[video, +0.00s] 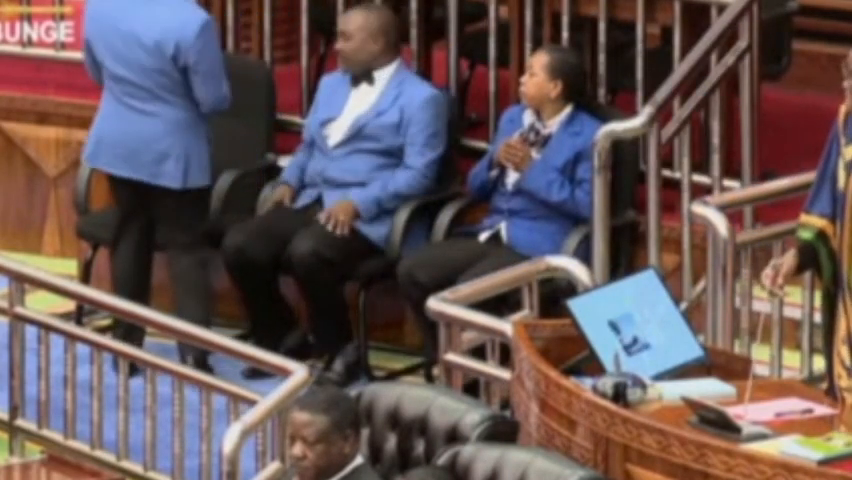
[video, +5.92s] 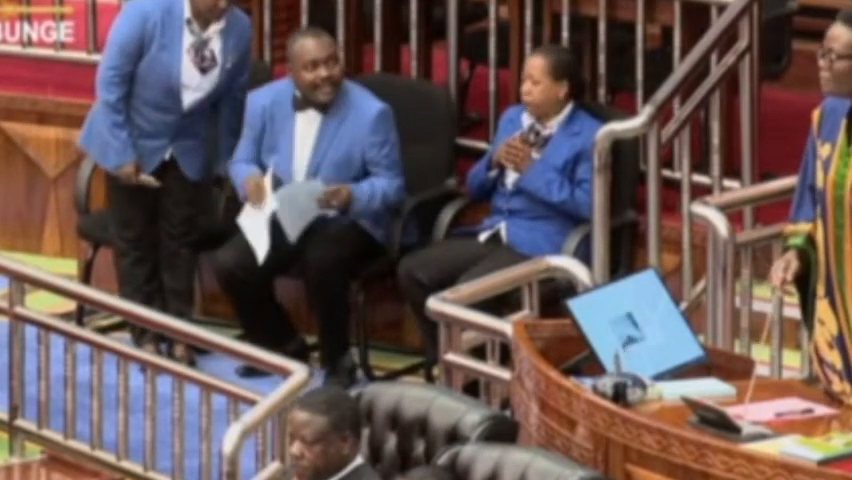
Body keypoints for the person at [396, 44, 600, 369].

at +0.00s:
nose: (522, 80)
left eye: (531, 75)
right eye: (525, 72)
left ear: (555, 88)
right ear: (551, 88)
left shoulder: (590, 135)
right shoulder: (512, 119)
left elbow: (589, 207)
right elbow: (476, 189)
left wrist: (530, 170)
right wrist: (495, 163)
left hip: (537, 251)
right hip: (492, 238)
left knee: (460, 299)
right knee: (413, 271)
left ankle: (479, 381)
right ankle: (445, 362)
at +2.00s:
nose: (520, 80)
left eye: (529, 75)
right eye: (523, 73)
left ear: (552, 88)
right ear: (550, 87)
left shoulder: (589, 135)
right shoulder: (513, 119)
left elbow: (590, 207)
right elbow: (475, 189)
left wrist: (530, 171)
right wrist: (495, 163)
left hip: (538, 250)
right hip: (494, 237)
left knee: (462, 297)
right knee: (414, 271)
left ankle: (482, 380)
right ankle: (446, 365)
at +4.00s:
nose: (518, 87)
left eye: (527, 80)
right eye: (521, 78)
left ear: (553, 91)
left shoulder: (589, 135)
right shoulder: (512, 120)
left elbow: (590, 207)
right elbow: (475, 190)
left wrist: (530, 172)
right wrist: (494, 164)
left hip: (538, 250)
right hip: (494, 236)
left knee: (463, 296)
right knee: (414, 271)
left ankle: (485, 379)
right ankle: (446, 366)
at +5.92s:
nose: (525, 90)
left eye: (535, 83)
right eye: (524, 81)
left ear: (563, 90)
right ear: (520, 82)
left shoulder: (590, 135)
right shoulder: (512, 119)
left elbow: (589, 207)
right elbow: (475, 188)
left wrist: (529, 171)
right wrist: (494, 163)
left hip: (539, 249)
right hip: (494, 237)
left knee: (461, 298)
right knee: (413, 270)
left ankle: (483, 380)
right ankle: (446, 363)